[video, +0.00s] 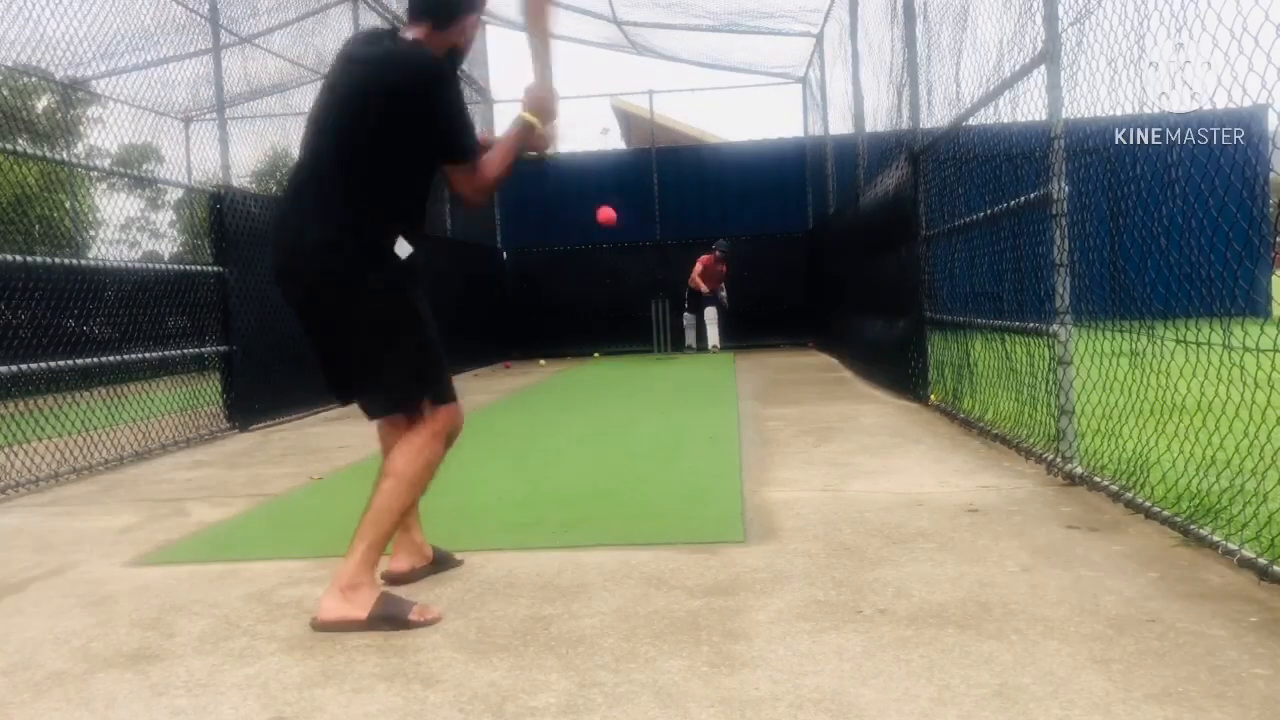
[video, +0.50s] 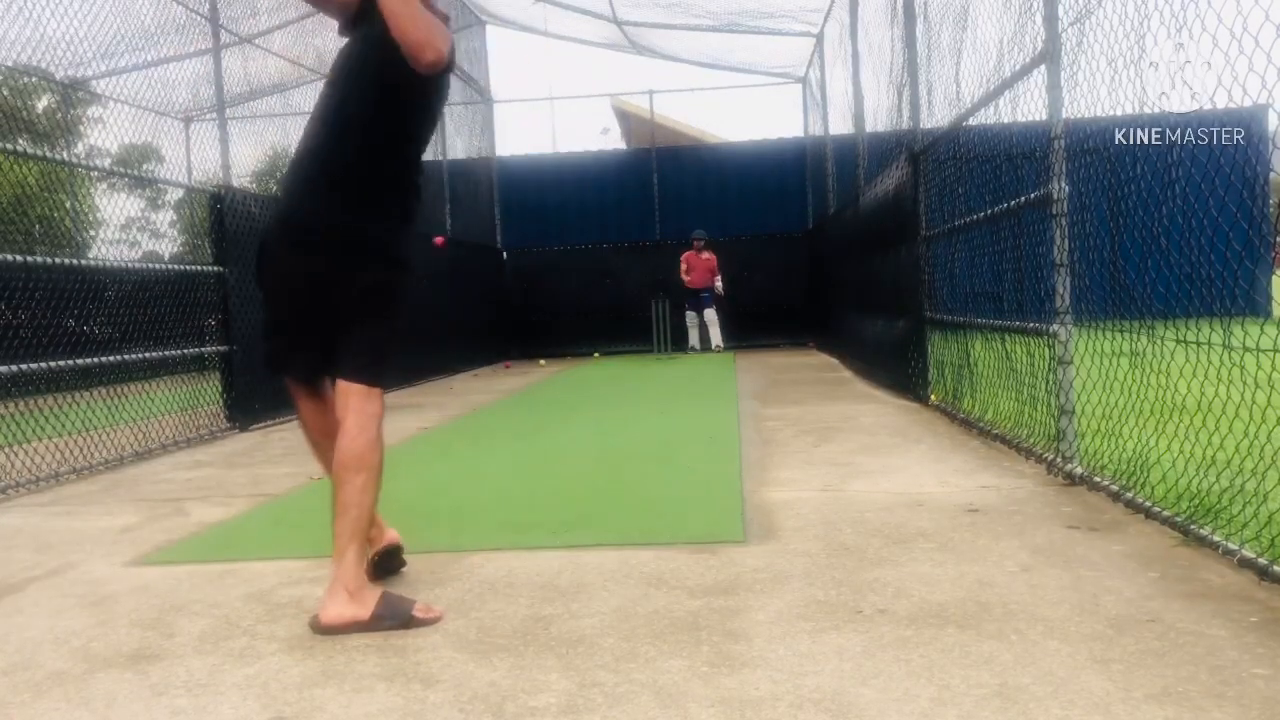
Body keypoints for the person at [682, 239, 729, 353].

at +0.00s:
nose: (721, 254)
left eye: (723, 252)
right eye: (719, 251)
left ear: (725, 254)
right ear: (714, 250)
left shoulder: (722, 266)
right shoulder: (704, 260)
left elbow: (720, 283)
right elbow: (694, 275)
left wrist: (723, 294)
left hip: (710, 292)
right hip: (695, 290)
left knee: (711, 315)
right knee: (690, 317)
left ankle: (714, 345)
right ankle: (690, 345)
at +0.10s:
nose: (715, 250)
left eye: (718, 248)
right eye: (713, 247)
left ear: (721, 250)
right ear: (709, 246)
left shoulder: (719, 261)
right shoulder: (699, 256)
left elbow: (718, 281)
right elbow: (688, 269)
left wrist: (722, 295)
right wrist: (694, 275)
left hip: (709, 290)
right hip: (694, 290)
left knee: (710, 315)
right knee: (690, 317)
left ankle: (714, 345)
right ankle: (693, 346)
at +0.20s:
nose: (709, 246)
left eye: (711, 244)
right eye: (707, 243)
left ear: (714, 245)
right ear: (703, 243)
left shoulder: (715, 259)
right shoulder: (694, 255)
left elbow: (716, 277)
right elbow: (684, 269)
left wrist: (719, 289)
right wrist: (689, 272)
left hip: (707, 290)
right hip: (693, 290)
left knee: (710, 316)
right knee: (691, 318)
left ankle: (714, 344)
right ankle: (693, 346)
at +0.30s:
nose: (704, 244)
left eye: (706, 242)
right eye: (702, 242)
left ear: (709, 244)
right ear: (698, 242)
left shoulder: (712, 257)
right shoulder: (689, 255)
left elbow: (715, 275)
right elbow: (682, 270)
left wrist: (717, 285)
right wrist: (686, 274)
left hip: (706, 290)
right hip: (691, 290)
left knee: (710, 315)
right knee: (691, 318)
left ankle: (714, 344)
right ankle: (693, 345)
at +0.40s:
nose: (699, 243)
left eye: (702, 241)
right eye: (697, 241)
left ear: (706, 243)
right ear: (694, 242)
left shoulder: (711, 257)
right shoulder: (687, 256)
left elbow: (715, 274)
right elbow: (682, 271)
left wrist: (717, 284)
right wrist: (687, 277)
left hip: (706, 289)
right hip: (691, 290)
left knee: (711, 316)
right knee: (691, 318)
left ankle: (716, 344)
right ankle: (693, 345)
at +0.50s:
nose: (697, 243)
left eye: (700, 240)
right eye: (695, 240)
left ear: (704, 242)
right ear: (692, 242)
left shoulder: (710, 256)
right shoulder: (686, 256)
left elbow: (716, 273)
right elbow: (682, 271)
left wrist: (718, 283)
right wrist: (686, 278)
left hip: (707, 289)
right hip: (691, 289)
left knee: (710, 315)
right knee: (691, 318)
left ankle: (717, 344)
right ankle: (693, 345)